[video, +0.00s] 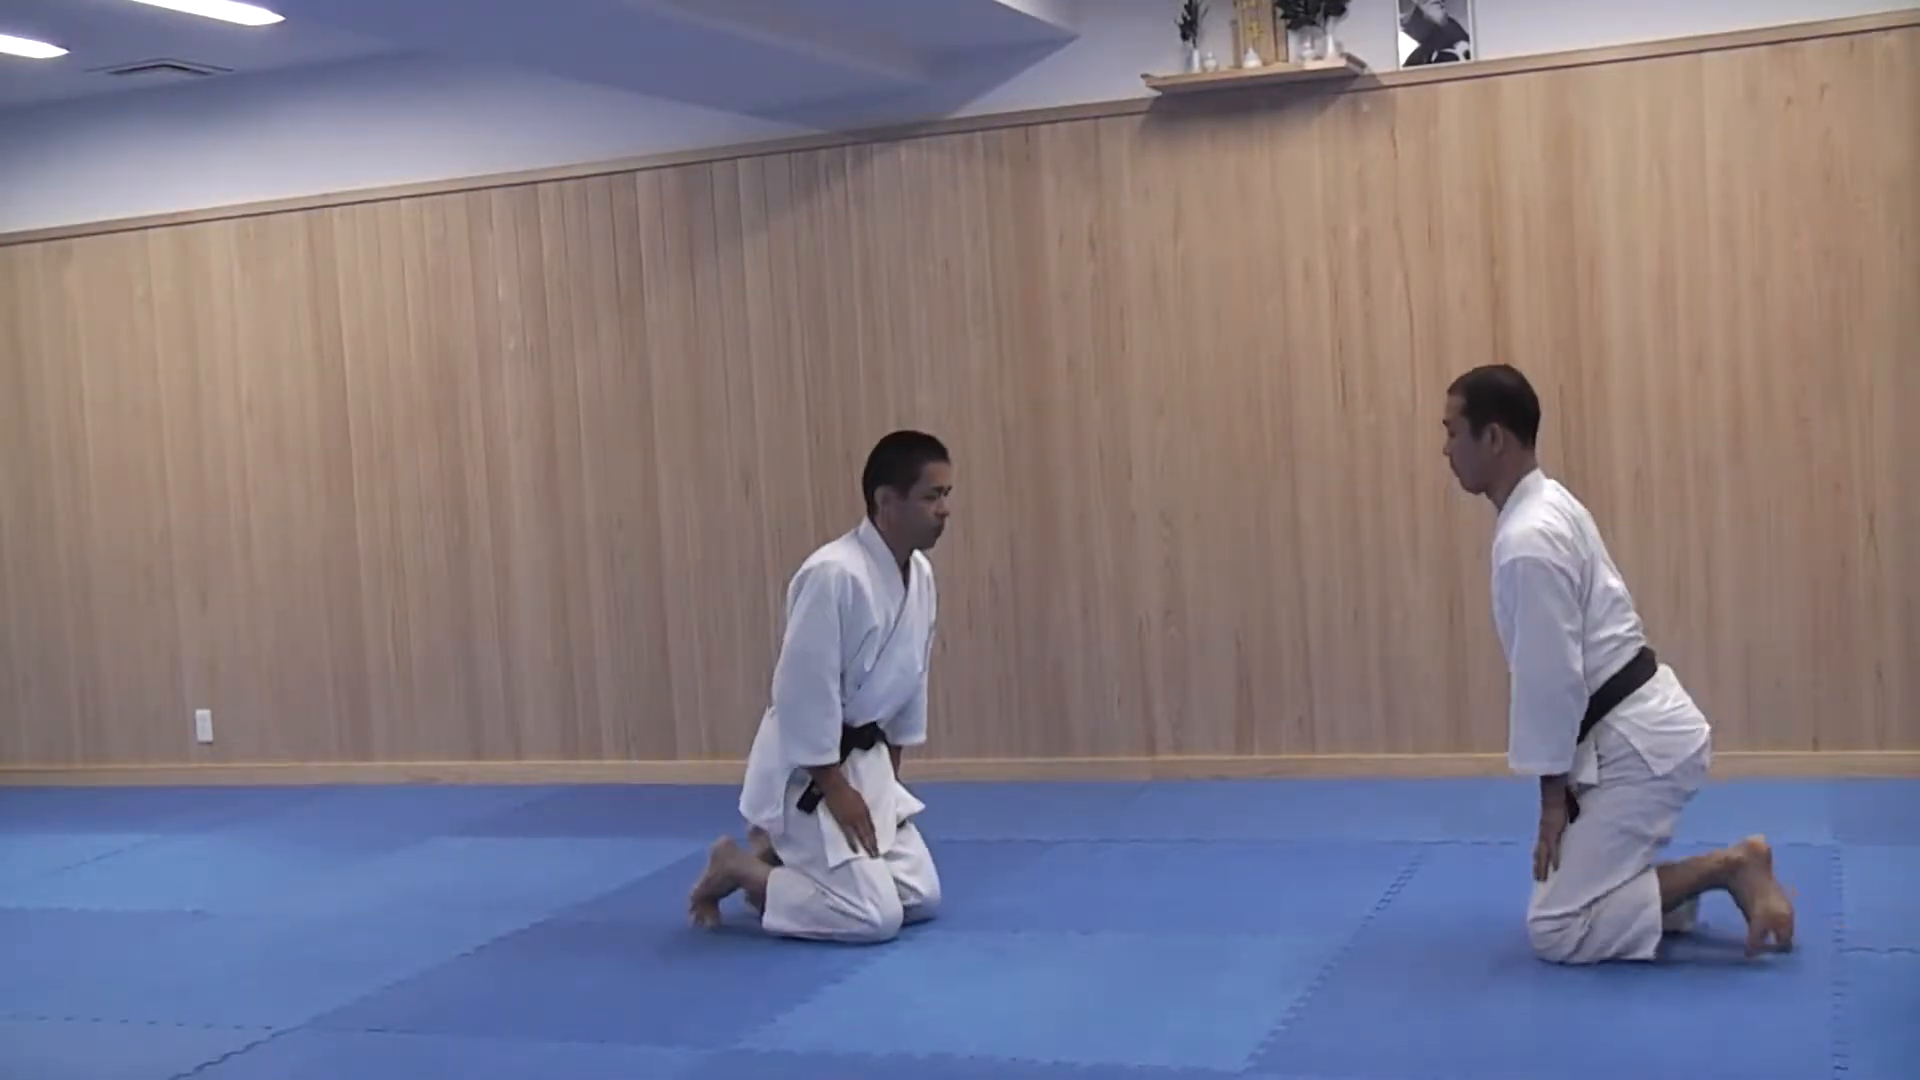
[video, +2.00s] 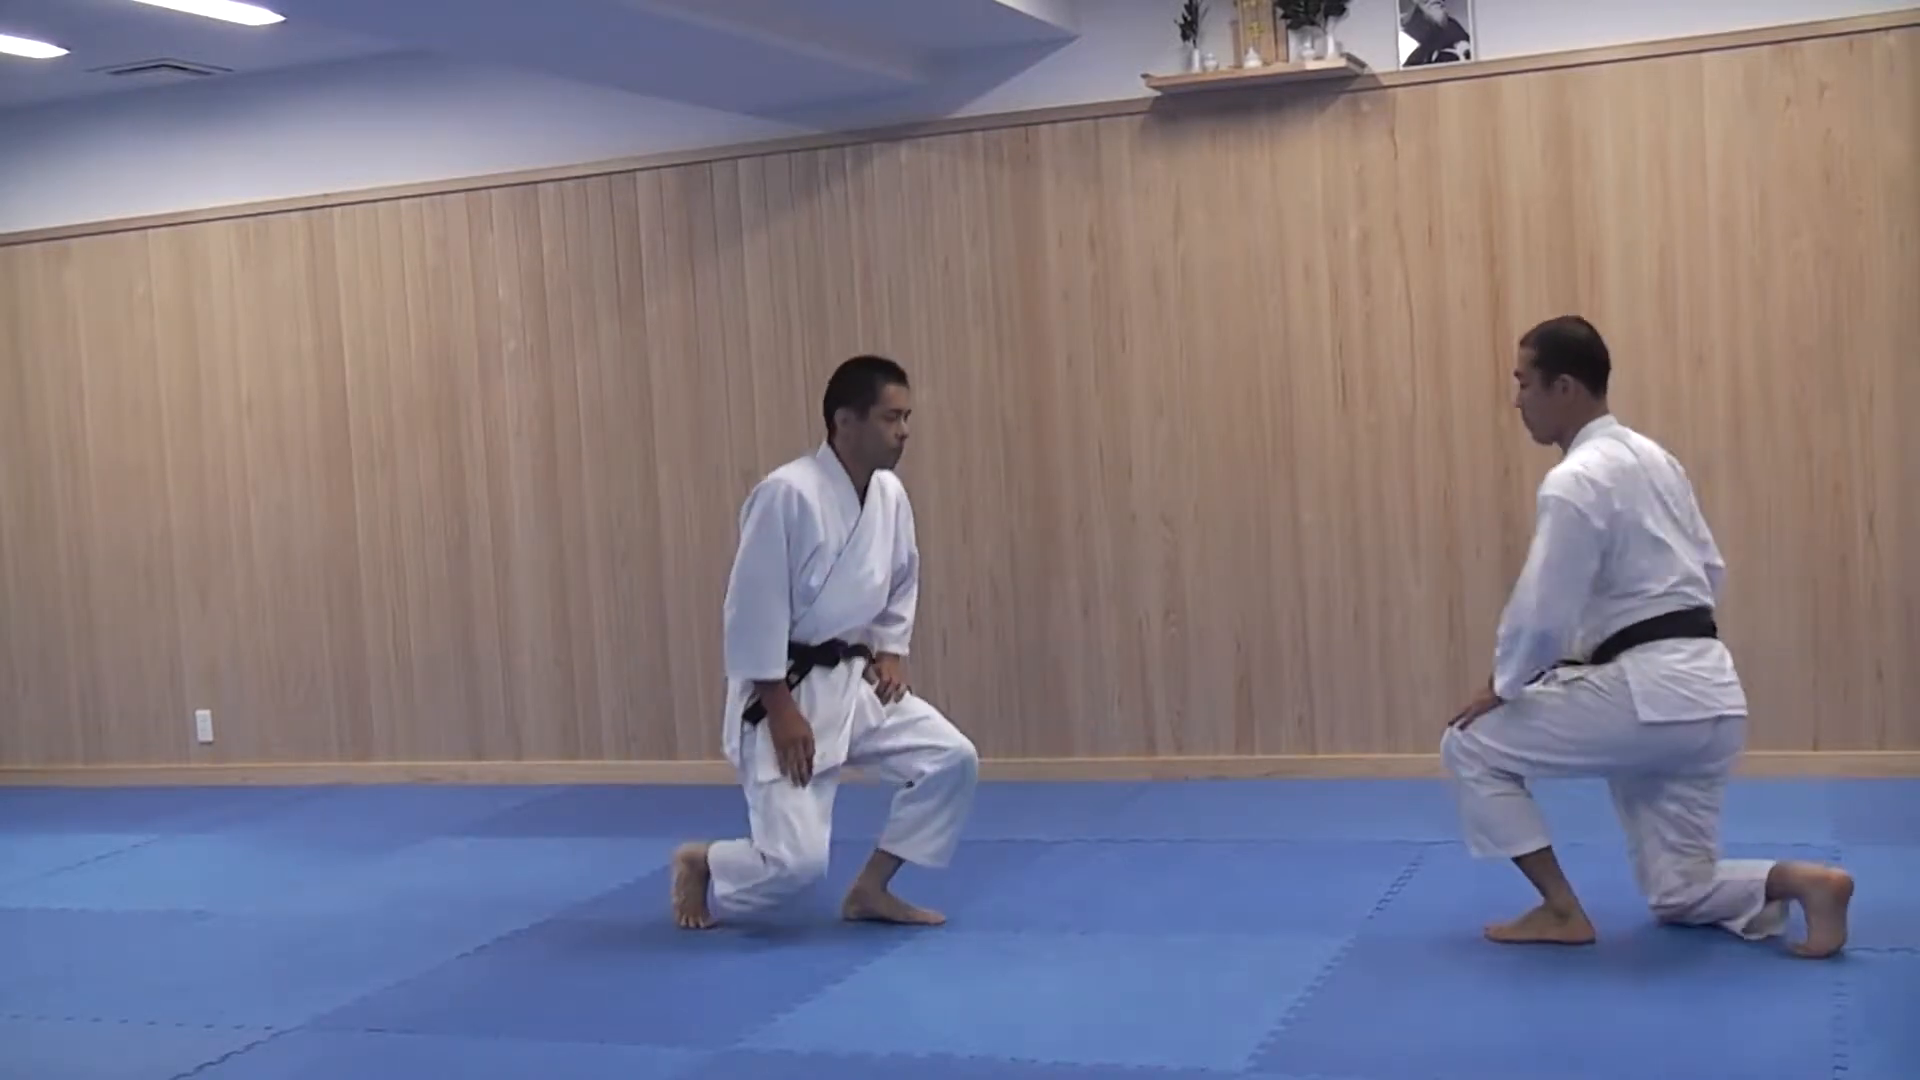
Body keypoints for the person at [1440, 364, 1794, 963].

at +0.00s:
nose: (1445, 449)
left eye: (1453, 432)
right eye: (1445, 432)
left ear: (1494, 439)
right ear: (1498, 440)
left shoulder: (1528, 539)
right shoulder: (1549, 505)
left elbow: (1551, 680)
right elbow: (1565, 664)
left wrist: (1552, 798)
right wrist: (1561, 789)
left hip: (1642, 746)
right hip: (1649, 730)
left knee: (1559, 930)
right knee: (1571, 897)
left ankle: (1728, 867)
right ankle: (1717, 873)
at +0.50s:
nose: (1513, 508)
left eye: (1517, 491)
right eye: (1513, 491)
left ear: (1558, 496)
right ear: (1562, 496)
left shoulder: (1590, 603)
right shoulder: (1634, 560)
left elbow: (1585, 742)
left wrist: (1573, 853)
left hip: (1710, 814)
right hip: (1736, 791)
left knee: (1565, 938)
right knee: (1578, 910)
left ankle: (1741, 892)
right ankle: (1747, 882)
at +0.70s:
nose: (1567, 502)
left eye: (1573, 486)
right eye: (1567, 486)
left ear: (1613, 494)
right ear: (1622, 492)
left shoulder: (1623, 610)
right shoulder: (1708, 564)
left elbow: (1602, 753)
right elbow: (1727, 701)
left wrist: (1582, 862)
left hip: (1727, 831)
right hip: (1789, 802)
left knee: (1568, 937)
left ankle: (1749, 903)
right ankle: (1788, 877)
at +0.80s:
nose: (1590, 498)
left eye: (1596, 482)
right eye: (1591, 482)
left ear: (1636, 490)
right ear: (1657, 491)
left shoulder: (1639, 611)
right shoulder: (1734, 566)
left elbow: (1613, 756)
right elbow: (1779, 688)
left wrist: (1587, 862)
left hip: (1734, 836)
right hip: (1804, 808)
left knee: (1568, 935)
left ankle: (1746, 906)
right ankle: (1801, 880)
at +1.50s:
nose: (1619, 427)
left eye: (1626, 410)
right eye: (1620, 410)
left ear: (1669, 416)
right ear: (1681, 417)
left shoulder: (1668, 516)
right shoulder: (1747, 505)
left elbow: (1652, 659)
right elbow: (1761, 642)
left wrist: (1586, 761)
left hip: (1718, 740)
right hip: (1784, 737)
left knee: (1551, 838)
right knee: (1684, 897)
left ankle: (1730, 870)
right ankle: (1796, 884)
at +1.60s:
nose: (1602, 412)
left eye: (1609, 396)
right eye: (1602, 396)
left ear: (1653, 401)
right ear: (1661, 403)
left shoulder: (1661, 498)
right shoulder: (1722, 485)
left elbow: (1651, 635)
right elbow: (1722, 627)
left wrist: (1565, 714)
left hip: (1707, 709)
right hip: (1766, 715)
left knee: (1519, 772)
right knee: (1693, 882)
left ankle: (1665, 884)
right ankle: (1795, 881)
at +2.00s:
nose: (1515, 397)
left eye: (1525, 382)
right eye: (1516, 381)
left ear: (1567, 388)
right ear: (1576, 388)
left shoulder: (1574, 482)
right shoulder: (1658, 460)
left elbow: (1542, 613)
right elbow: (1707, 571)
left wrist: (1503, 687)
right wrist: (1624, 646)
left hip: (1650, 690)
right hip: (1713, 692)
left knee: (1473, 747)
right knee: (1679, 892)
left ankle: (1560, 908)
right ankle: (1810, 885)